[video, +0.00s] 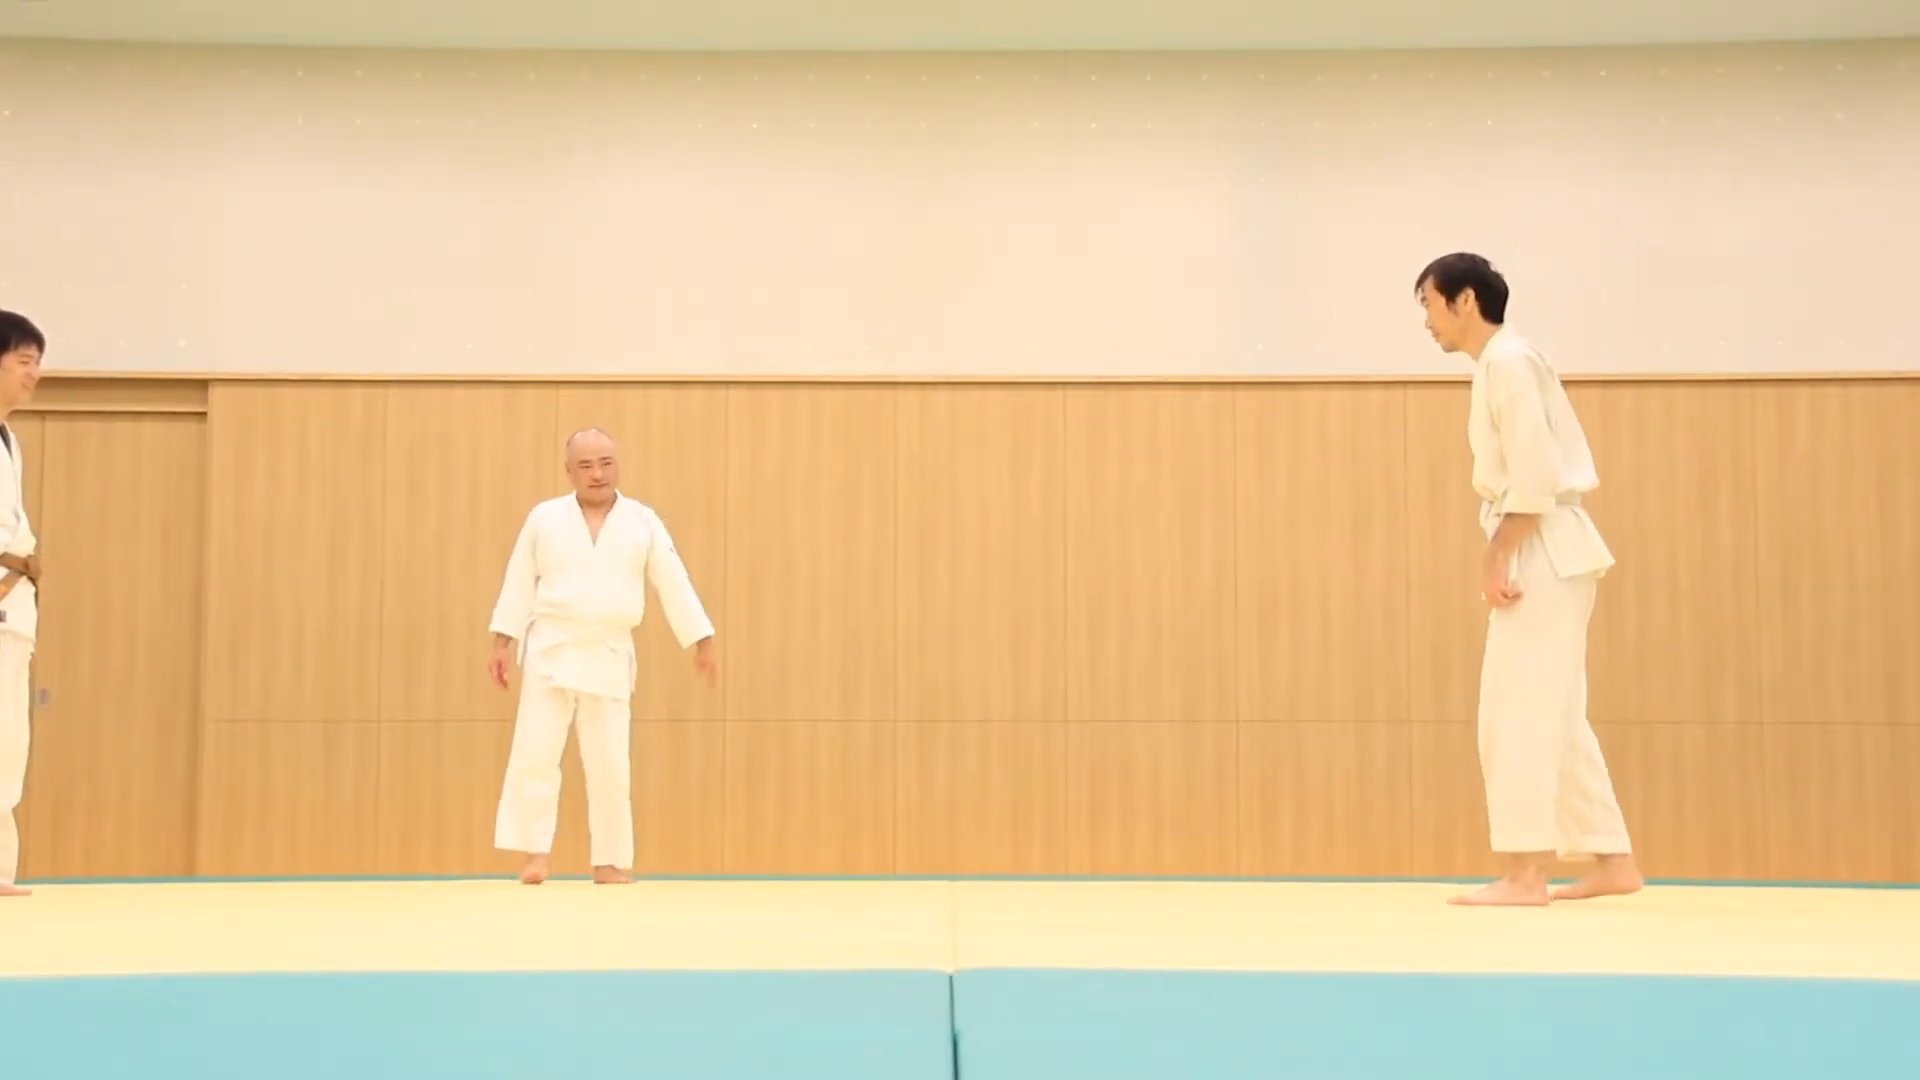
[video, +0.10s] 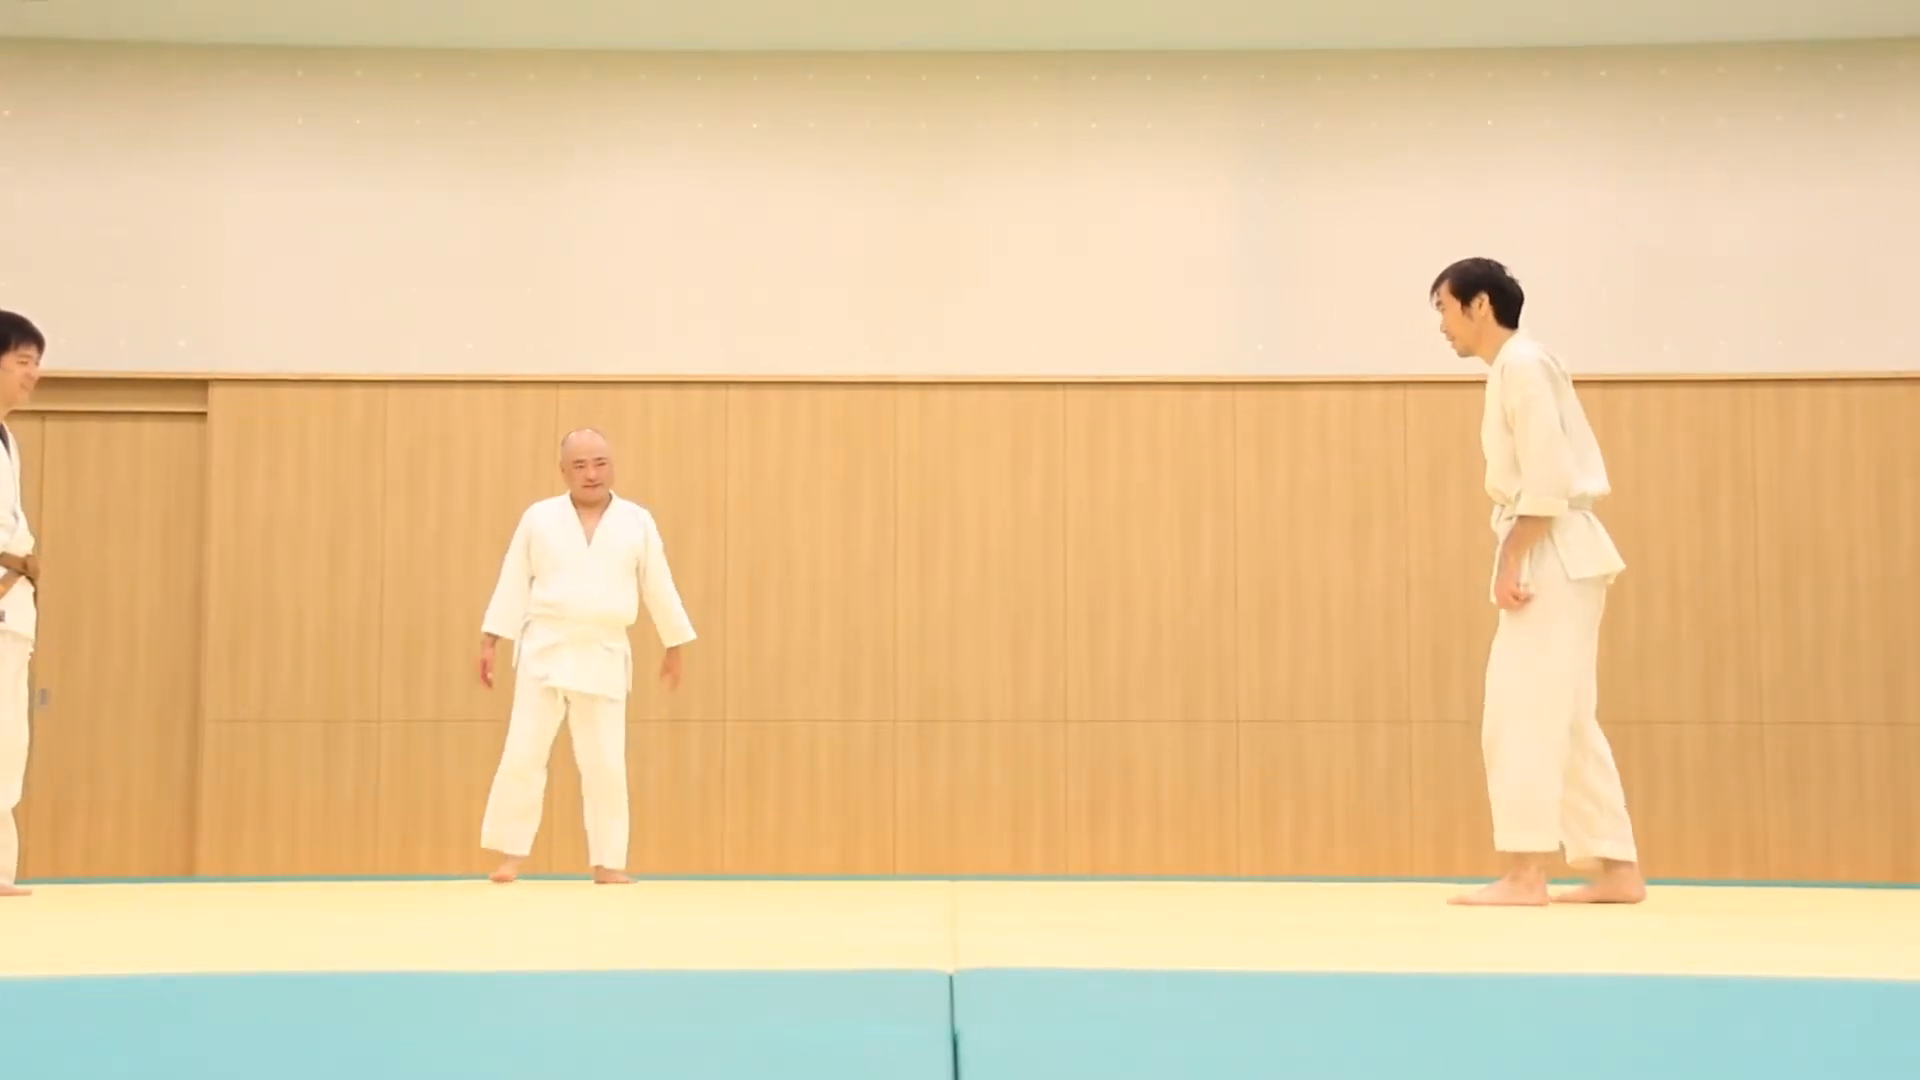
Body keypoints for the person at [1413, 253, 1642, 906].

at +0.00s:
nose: (1426, 322)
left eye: (1431, 307)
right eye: (1424, 309)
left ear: (1468, 303)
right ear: (1469, 304)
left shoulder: (1506, 363)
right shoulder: (1503, 362)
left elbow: (1533, 470)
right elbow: (1536, 468)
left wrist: (1498, 554)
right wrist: (1504, 551)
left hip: (1542, 555)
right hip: (1552, 554)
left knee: (1511, 707)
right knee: (1555, 707)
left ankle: (1525, 876)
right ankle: (1613, 860)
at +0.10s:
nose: (1442, 326)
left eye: (1446, 311)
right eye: (1440, 314)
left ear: (1481, 307)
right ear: (1485, 307)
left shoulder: (1520, 366)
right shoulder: (1517, 367)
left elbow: (1545, 472)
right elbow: (1550, 471)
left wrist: (1511, 556)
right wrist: (1516, 553)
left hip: (1552, 557)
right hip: (1563, 556)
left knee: (1514, 706)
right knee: (1567, 711)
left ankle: (1523, 875)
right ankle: (1619, 870)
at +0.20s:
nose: (1454, 330)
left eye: (1459, 315)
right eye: (1452, 317)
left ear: (1494, 313)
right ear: (1497, 314)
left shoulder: (1534, 371)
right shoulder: (1532, 371)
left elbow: (1561, 475)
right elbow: (1563, 475)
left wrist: (1525, 557)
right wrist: (1531, 557)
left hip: (1568, 557)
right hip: (1578, 556)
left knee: (1526, 707)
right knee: (1585, 712)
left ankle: (1527, 873)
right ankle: (1622, 873)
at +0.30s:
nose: (1463, 334)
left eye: (1467, 319)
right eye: (1461, 321)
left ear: (1501, 314)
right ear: (1506, 314)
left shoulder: (1544, 371)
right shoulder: (1541, 372)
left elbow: (1577, 470)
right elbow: (1575, 471)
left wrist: (1538, 549)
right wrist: (1541, 550)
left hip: (1581, 556)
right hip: (1590, 556)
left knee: (1541, 708)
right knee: (1598, 712)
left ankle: (1545, 868)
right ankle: (1623, 871)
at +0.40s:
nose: (1470, 333)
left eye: (1475, 318)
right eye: (1468, 321)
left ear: (1509, 313)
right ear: (1513, 314)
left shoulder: (1550, 369)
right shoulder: (1547, 372)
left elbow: (1587, 470)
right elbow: (1581, 473)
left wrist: (1546, 546)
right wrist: (1547, 547)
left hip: (1589, 557)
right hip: (1600, 557)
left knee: (1550, 706)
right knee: (1601, 711)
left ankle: (1590, 864)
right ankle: (1624, 872)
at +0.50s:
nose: (1475, 332)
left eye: (1479, 317)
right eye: (1473, 320)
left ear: (1512, 314)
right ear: (1517, 313)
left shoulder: (1551, 371)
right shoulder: (1548, 371)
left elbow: (1584, 471)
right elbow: (1585, 472)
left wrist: (1549, 552)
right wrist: (1552, 552)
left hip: (1594, 558)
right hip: (1594, 558)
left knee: (1579, 709)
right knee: (1588, 709)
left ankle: (1626, 868)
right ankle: (1626, 867)